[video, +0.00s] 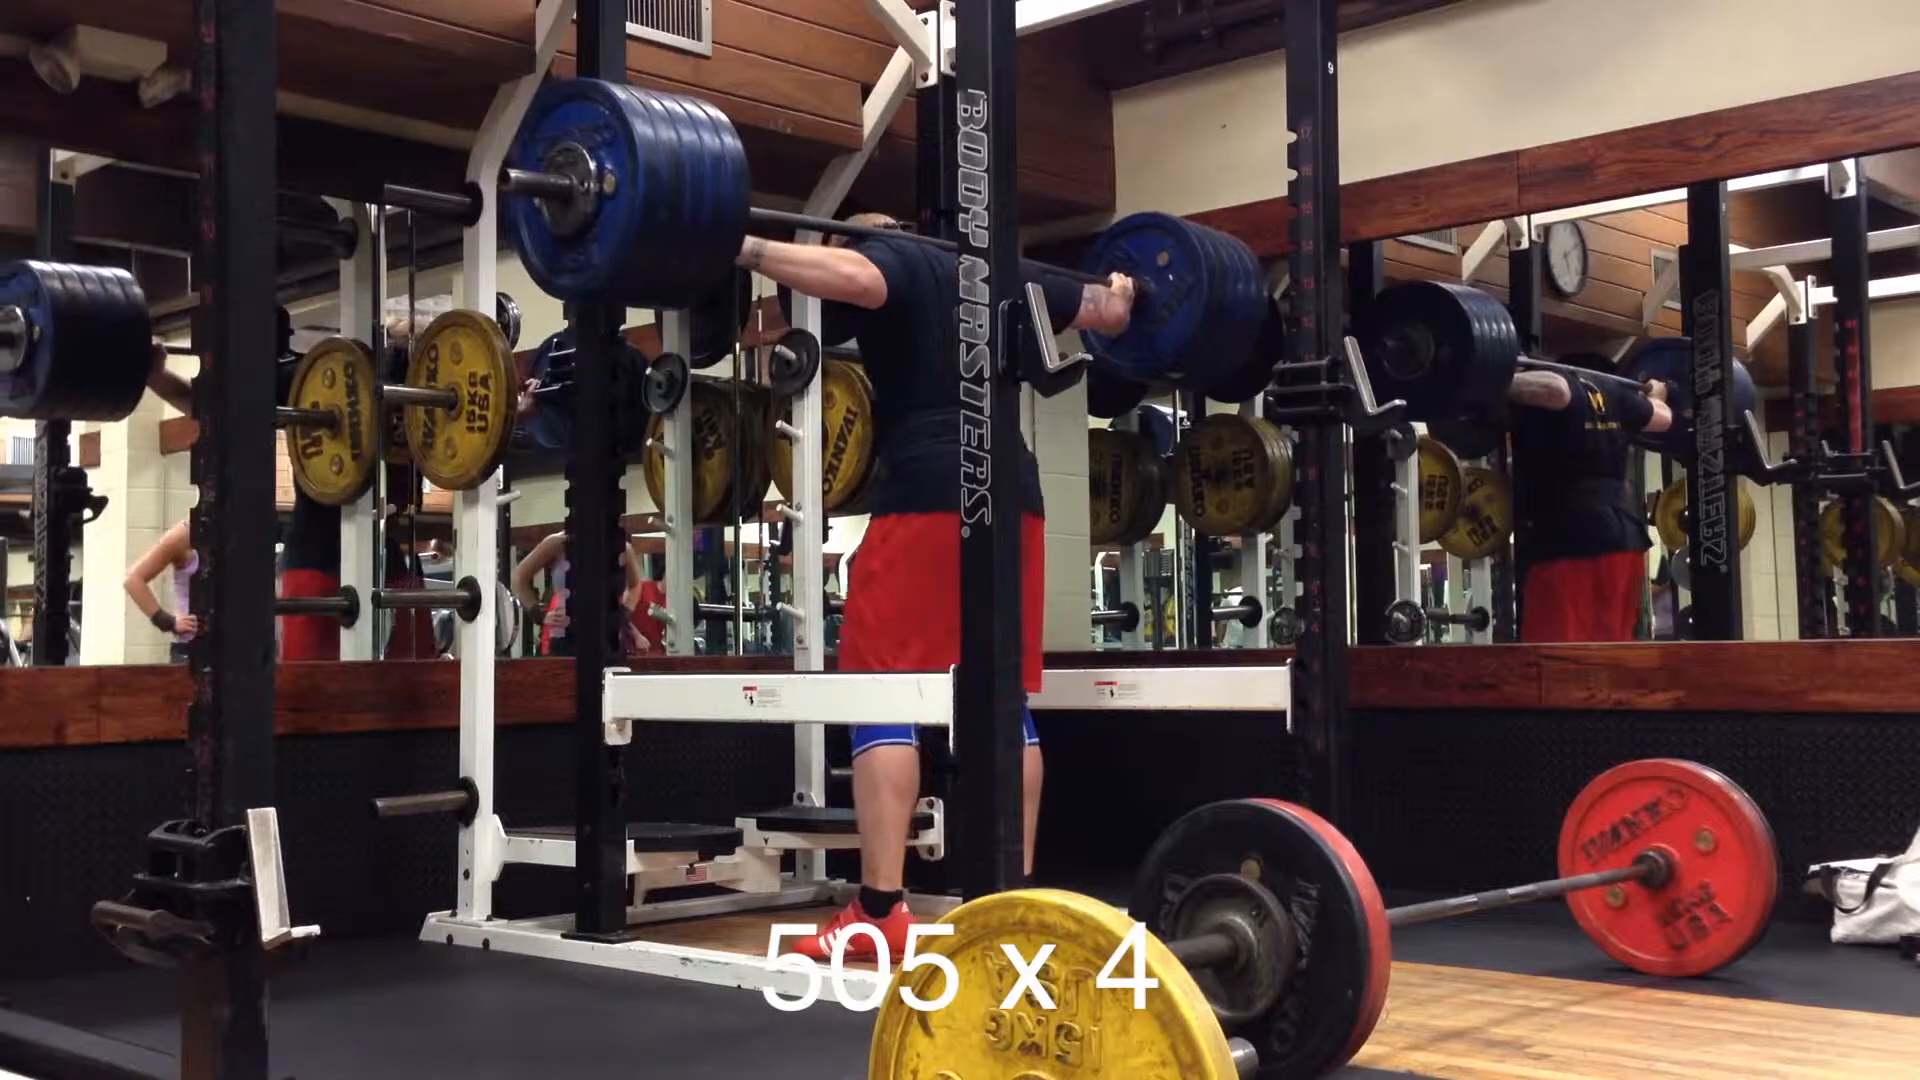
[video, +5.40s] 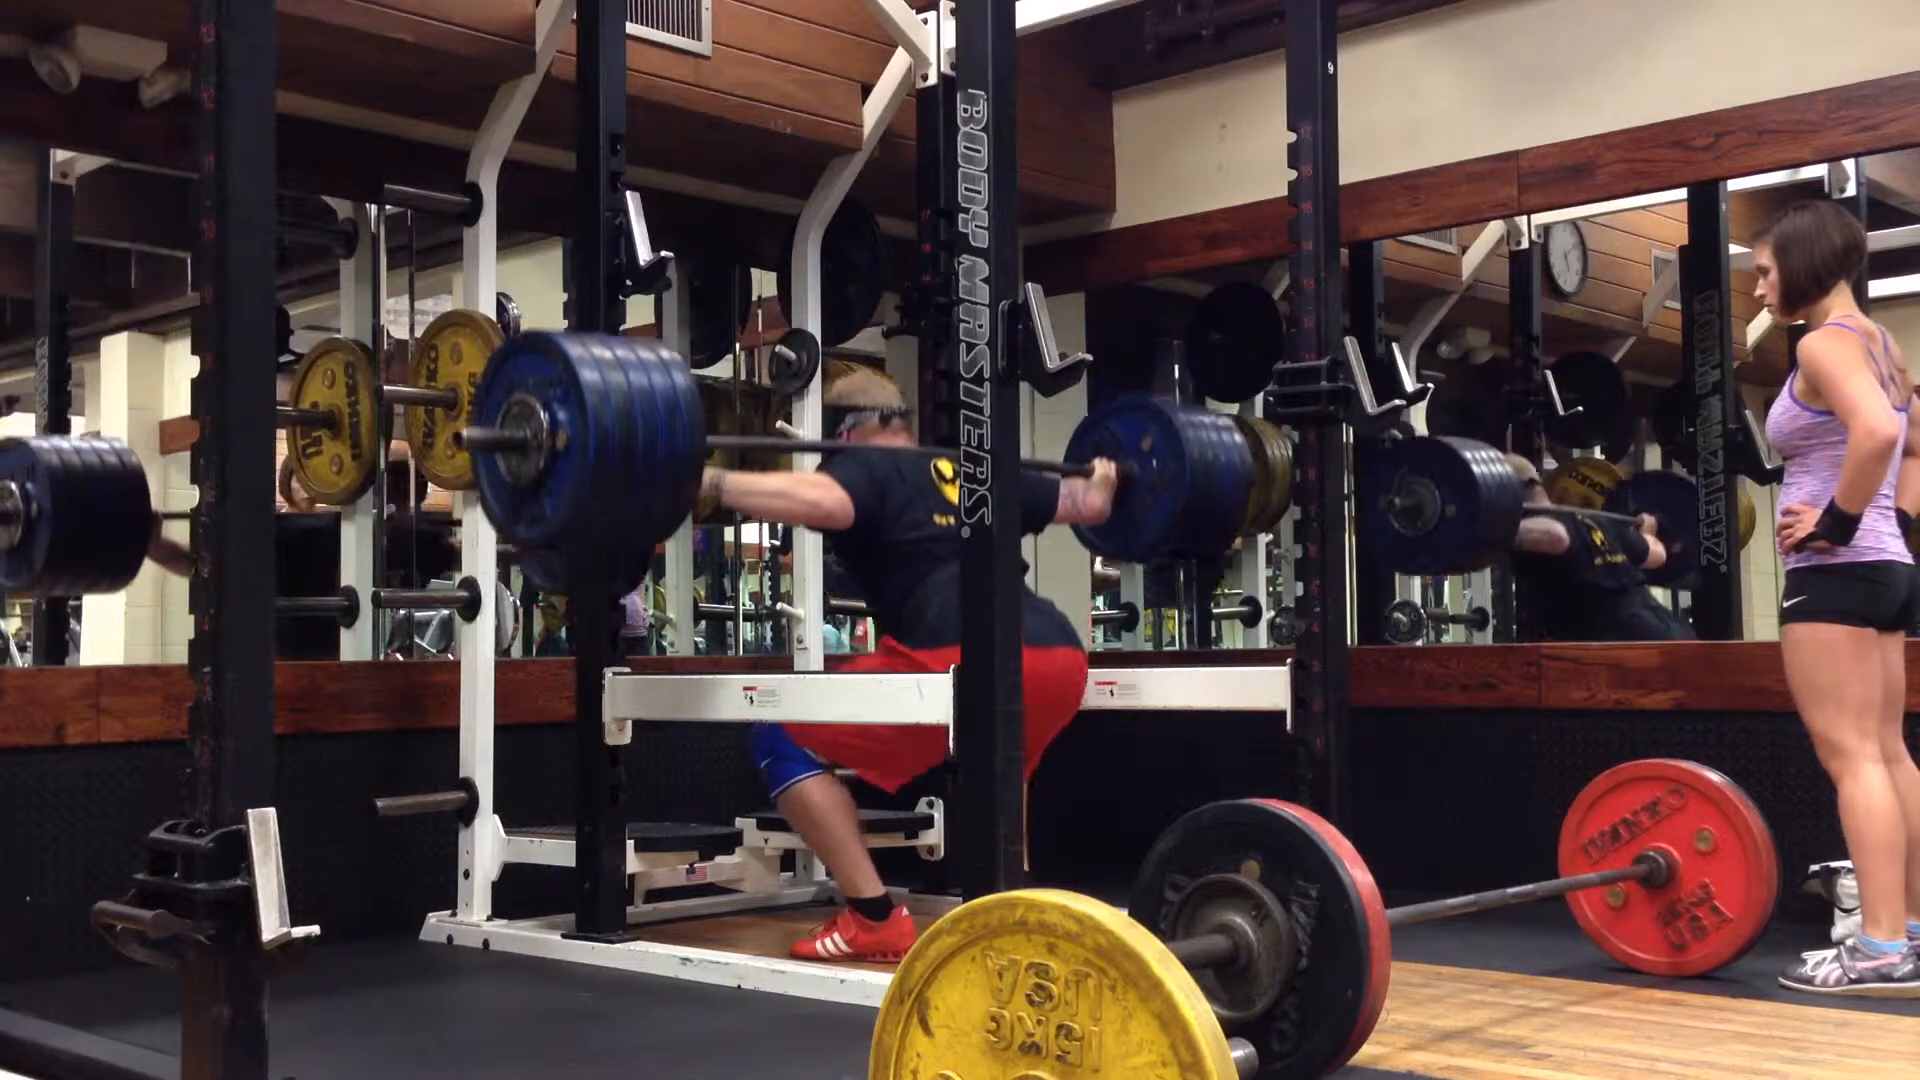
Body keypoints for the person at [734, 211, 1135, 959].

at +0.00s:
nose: (843, 256)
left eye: (844, 247)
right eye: (839, 251)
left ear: (871, 239)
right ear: (928, 227)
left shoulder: (893, 253)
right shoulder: (1001, 272)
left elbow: (858, 278)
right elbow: (1105, 309)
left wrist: (741, 246)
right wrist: (1121, 289)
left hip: (922, 501)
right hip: (1014, 501)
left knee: (882, 702)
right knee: (1009, 711)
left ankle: (881, 909)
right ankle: (1013, 901)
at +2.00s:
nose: (835, 250)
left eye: (833, 241)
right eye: (831, 243)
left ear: (856, 232)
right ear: (904, 222)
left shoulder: (878, 249)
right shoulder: (988, 264)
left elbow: (848, 276)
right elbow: (1097, 306)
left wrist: (730, 245)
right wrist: (1120, 284)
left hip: (915, 500)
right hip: (1002, 500)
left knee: (899, 707)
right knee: (1007, 710)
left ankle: (881, 911)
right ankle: (1013, 903)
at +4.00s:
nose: (829, 260)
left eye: (830, 246)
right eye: (830, 245)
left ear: (850, 234)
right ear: (902, 220)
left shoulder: (870, 253)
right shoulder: (987, 268)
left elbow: (834, 281)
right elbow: (1093, 304)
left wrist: (721, 252)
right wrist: (1117, 281)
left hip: (918, 505)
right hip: (1009, 506)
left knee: (879, 707)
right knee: (1004, 714)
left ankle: (879, 911)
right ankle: (1012, 902)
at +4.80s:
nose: (844, 350)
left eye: (849, 338)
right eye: (843, 341)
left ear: (880, 329)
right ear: (912, 327)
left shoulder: (878, 365)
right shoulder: (987, 379)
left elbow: (828, 391)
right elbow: (1097, 409)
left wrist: (716, 370)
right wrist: (1116, 380)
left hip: (957, 577)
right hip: (1056, 579)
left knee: (816, 713)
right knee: (1003, 733)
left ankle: (873, 911)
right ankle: (1009, 903)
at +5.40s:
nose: (838, 450)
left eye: (841, 438)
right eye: (837, 440)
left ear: (862, 427)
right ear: (904, 426)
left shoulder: (863, 466)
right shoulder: (975, 470)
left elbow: (826, 503)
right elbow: (1085, 502)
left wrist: (707, 483)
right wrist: (1105, 477)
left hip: (952, 660)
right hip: (1057, 659)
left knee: (779, 738)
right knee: (1003, 776)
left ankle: (872, 913)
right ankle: (1010, 910)